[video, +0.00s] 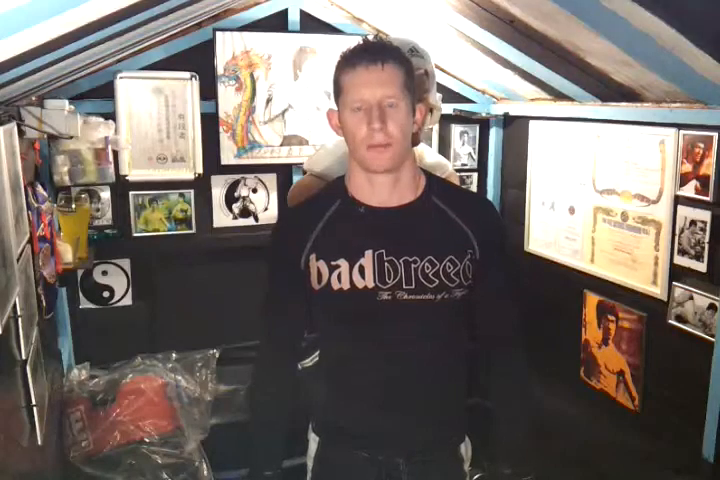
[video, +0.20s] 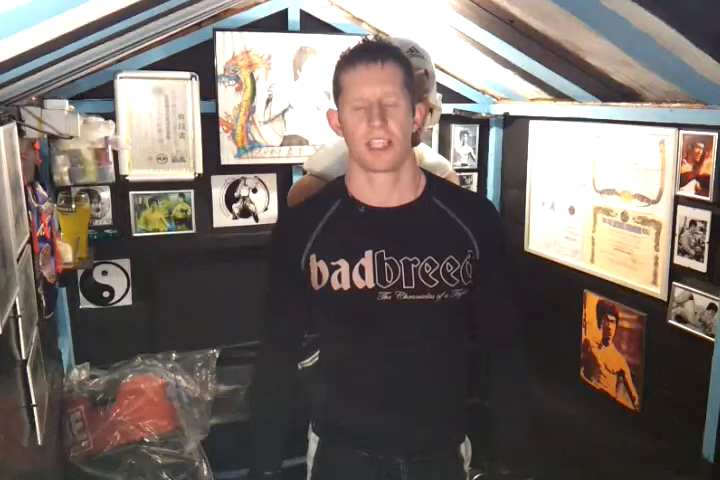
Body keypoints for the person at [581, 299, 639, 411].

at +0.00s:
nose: (610, 326)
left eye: (613, 322)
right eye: (607, 320)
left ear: (616, 326)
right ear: (600, 323)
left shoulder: (620, 361)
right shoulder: (589, 345)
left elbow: (634, 395)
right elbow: (579, 374)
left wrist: (636, 406)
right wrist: (593, 387)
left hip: (609, 402)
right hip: (588, 398)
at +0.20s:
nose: (610, 326)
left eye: (613, 322)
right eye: (607, 320)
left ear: (616, 326)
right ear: (600, 323)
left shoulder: (620, 361)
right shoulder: (589, 345)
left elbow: (634, 395)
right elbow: (579, 374)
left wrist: (636, 406)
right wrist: (593, 387)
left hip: (609, 402)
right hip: (588, 398)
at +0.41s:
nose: (610, 326)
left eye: (613, 322)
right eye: (607, 321)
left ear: (616, 326)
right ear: (601, 324)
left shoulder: (620, 360)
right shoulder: (589, 344)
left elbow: (634, 395)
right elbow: (579, 371)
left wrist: (636, 404)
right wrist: (589, 382)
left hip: (609, 402)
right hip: (588, 397)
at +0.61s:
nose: (610, 326)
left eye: (613, 322)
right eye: (607, 321)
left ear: (616, 326)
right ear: (601, 324)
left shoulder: (620, 360)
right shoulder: (589, 344)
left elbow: (634, 395)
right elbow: (579, 371)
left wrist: (636, 404)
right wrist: (589, 382)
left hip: (609, 402)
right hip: (588, 397)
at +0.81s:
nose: (610, 326)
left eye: (613, 322)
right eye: (607, 321)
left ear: (616, 326)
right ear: (601, 324)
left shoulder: (620, 360)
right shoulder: (589, 344)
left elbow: (634, 395)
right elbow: (579, 371)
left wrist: (636, 404)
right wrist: (589, 382)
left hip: (609, 402)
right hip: (588, 397)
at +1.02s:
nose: (610, 326)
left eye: (613, 322)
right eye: (607, 321)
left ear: (616, 326)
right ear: (601, 324)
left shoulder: (620, 360)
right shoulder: (589, 344)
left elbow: (634, 395)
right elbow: (579, 371)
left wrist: (636, 404)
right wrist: (589, 382)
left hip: (609, 402)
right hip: (588, 397)